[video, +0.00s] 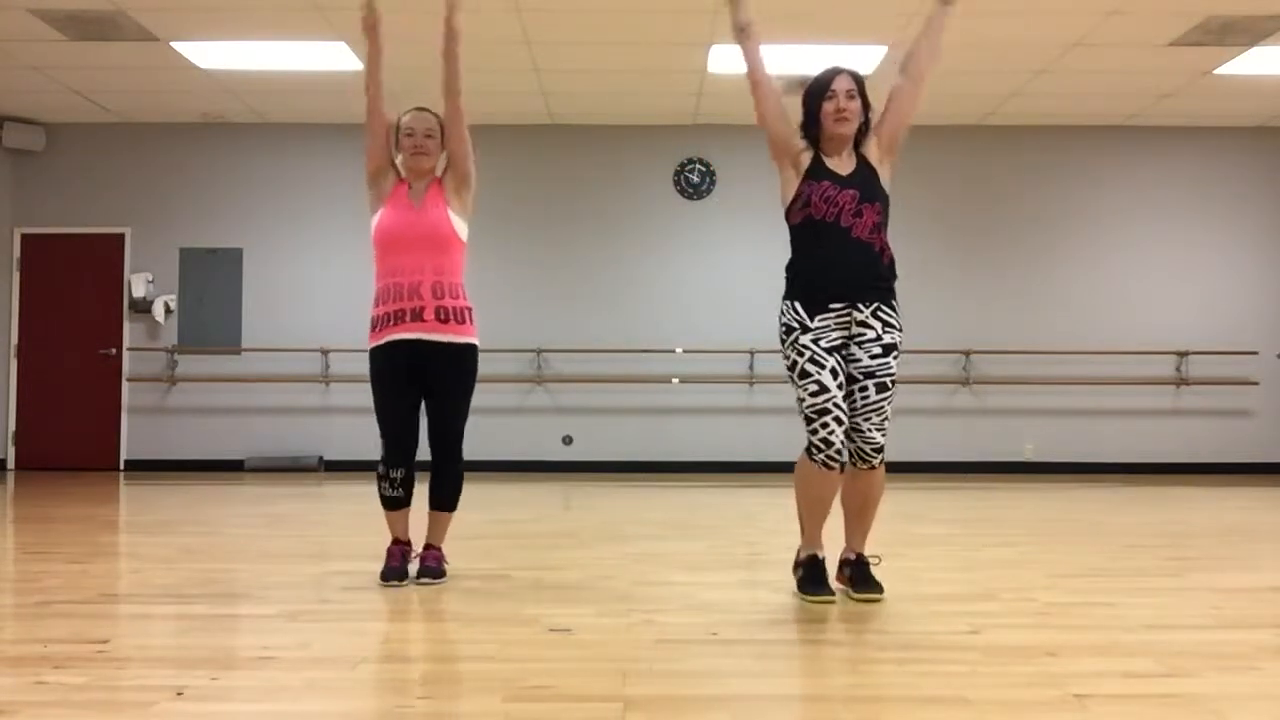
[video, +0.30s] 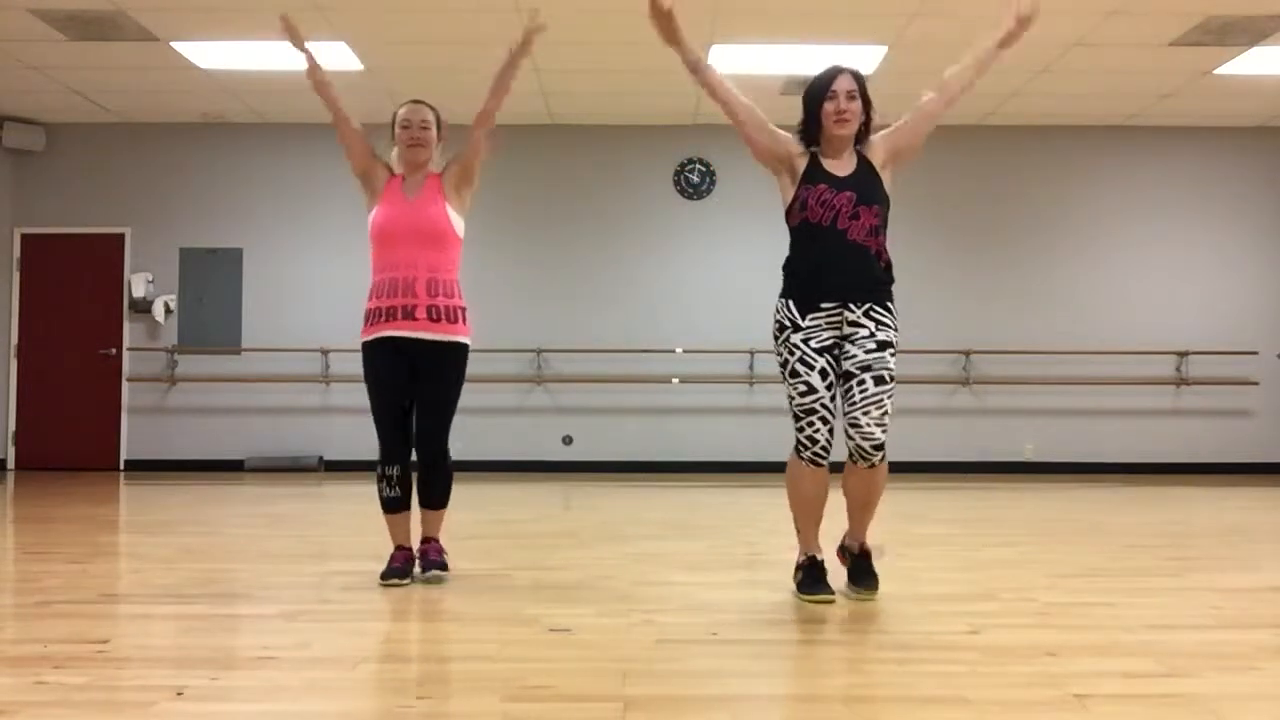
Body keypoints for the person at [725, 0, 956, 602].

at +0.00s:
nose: (843, 103)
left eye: (852, 96)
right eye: (830, 96)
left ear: (864, 110)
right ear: (814, 112)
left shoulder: (878, 158)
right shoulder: (795, 160)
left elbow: (915, 75)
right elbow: (761, 86)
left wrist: (943, 8)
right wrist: (745, 31)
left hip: (875, 315)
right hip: (811, 316)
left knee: (869, 438)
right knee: (829, 434)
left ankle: (854, 557)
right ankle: (810, 555)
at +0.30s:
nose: (844, 105)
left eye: (853, 97)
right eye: (832, 97)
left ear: (864, 109)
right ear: (814, 109)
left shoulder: (881, 156)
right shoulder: (792, 159)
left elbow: (940, 97)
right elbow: (730, 102)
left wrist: (1001, 41)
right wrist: (680, 43)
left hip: (871, 316)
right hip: (805, 316)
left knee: (869, 436)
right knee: (816, 435)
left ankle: (856, 546)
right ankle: (809, 558)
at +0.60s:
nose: (847, 100)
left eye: (856, 92)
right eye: (835, 93)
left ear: (870, 104)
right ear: (818, 106)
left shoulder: (889, 155)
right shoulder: (796, 158)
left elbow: (963, 120)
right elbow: (719, 125)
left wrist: (1036, 91)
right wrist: (647, 91)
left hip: (881, 311)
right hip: (816, 312)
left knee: (870, 434)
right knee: (831, 426)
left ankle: (854, 553)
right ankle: (815, 539)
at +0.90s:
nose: (847, 101)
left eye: (856, 93)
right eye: (836, 93)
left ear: (868, 105)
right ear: (817, 106)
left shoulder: (888, 161)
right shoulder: (793, 161)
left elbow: (961, 153)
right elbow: (714, 156)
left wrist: (1039, 145)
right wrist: (637, 147)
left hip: (875, 315)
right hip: (810, 316)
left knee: (875, 441)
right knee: (829, 438)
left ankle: (854, 553)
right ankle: (817, 559)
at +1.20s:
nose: (850, 101)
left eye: (859, 93)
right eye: (839, 93)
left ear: (872, 104)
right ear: (820, 104)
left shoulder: (891, 163)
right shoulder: (795, 164)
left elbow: (965, 178)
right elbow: (715, 178)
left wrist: (1039, 193)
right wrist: (633, 186)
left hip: (878, 314)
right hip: (811, 316)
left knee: (874, 439)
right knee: (825, 438)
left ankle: (860, 555)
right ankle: (818, 560)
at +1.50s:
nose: (854, 98)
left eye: (863, 89)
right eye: (844, 89)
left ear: (876, 102)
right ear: (825, 103)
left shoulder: (897, 162)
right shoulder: (800, 165)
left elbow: (968, 194)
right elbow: (723, 197)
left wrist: (1037, 224)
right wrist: (649, 220)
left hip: (888, 311)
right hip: (821, 312)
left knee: (879, 438)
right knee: (840, 430)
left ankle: (857, 557)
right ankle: (818, 540)